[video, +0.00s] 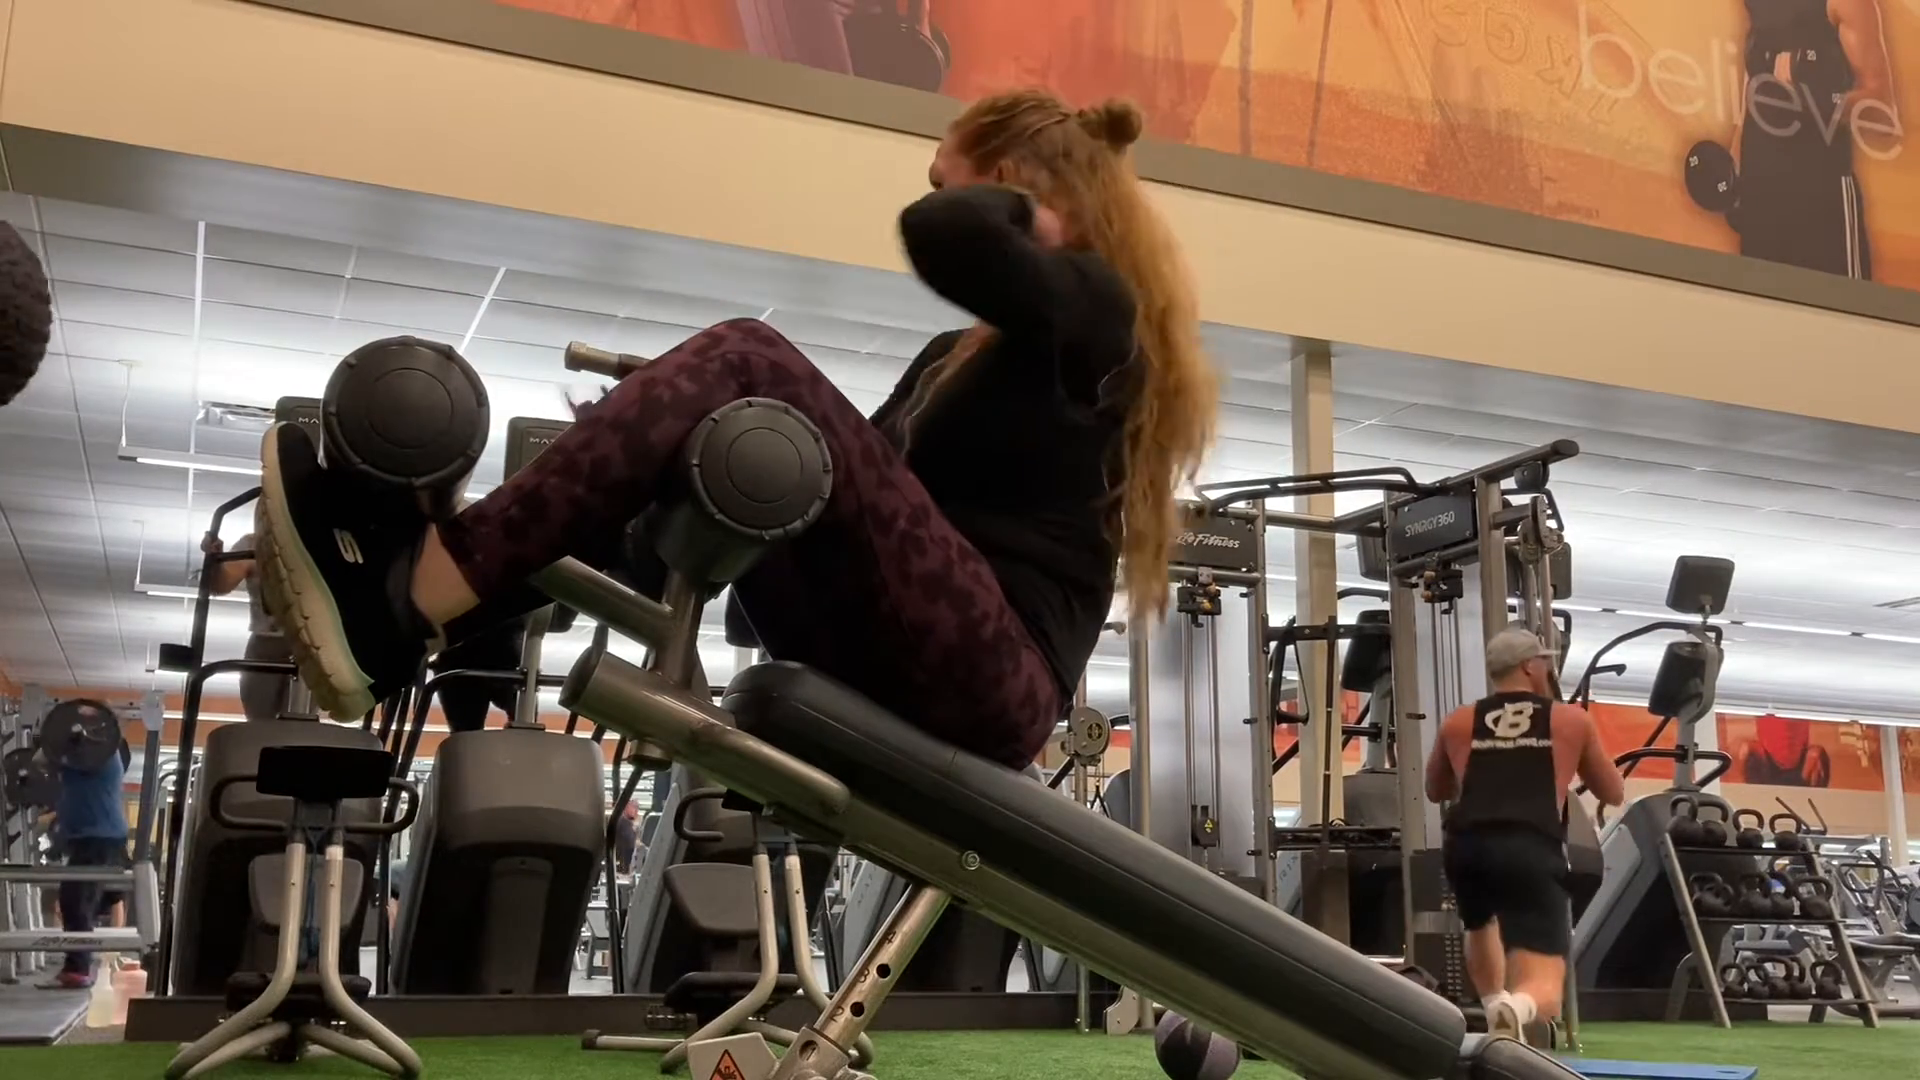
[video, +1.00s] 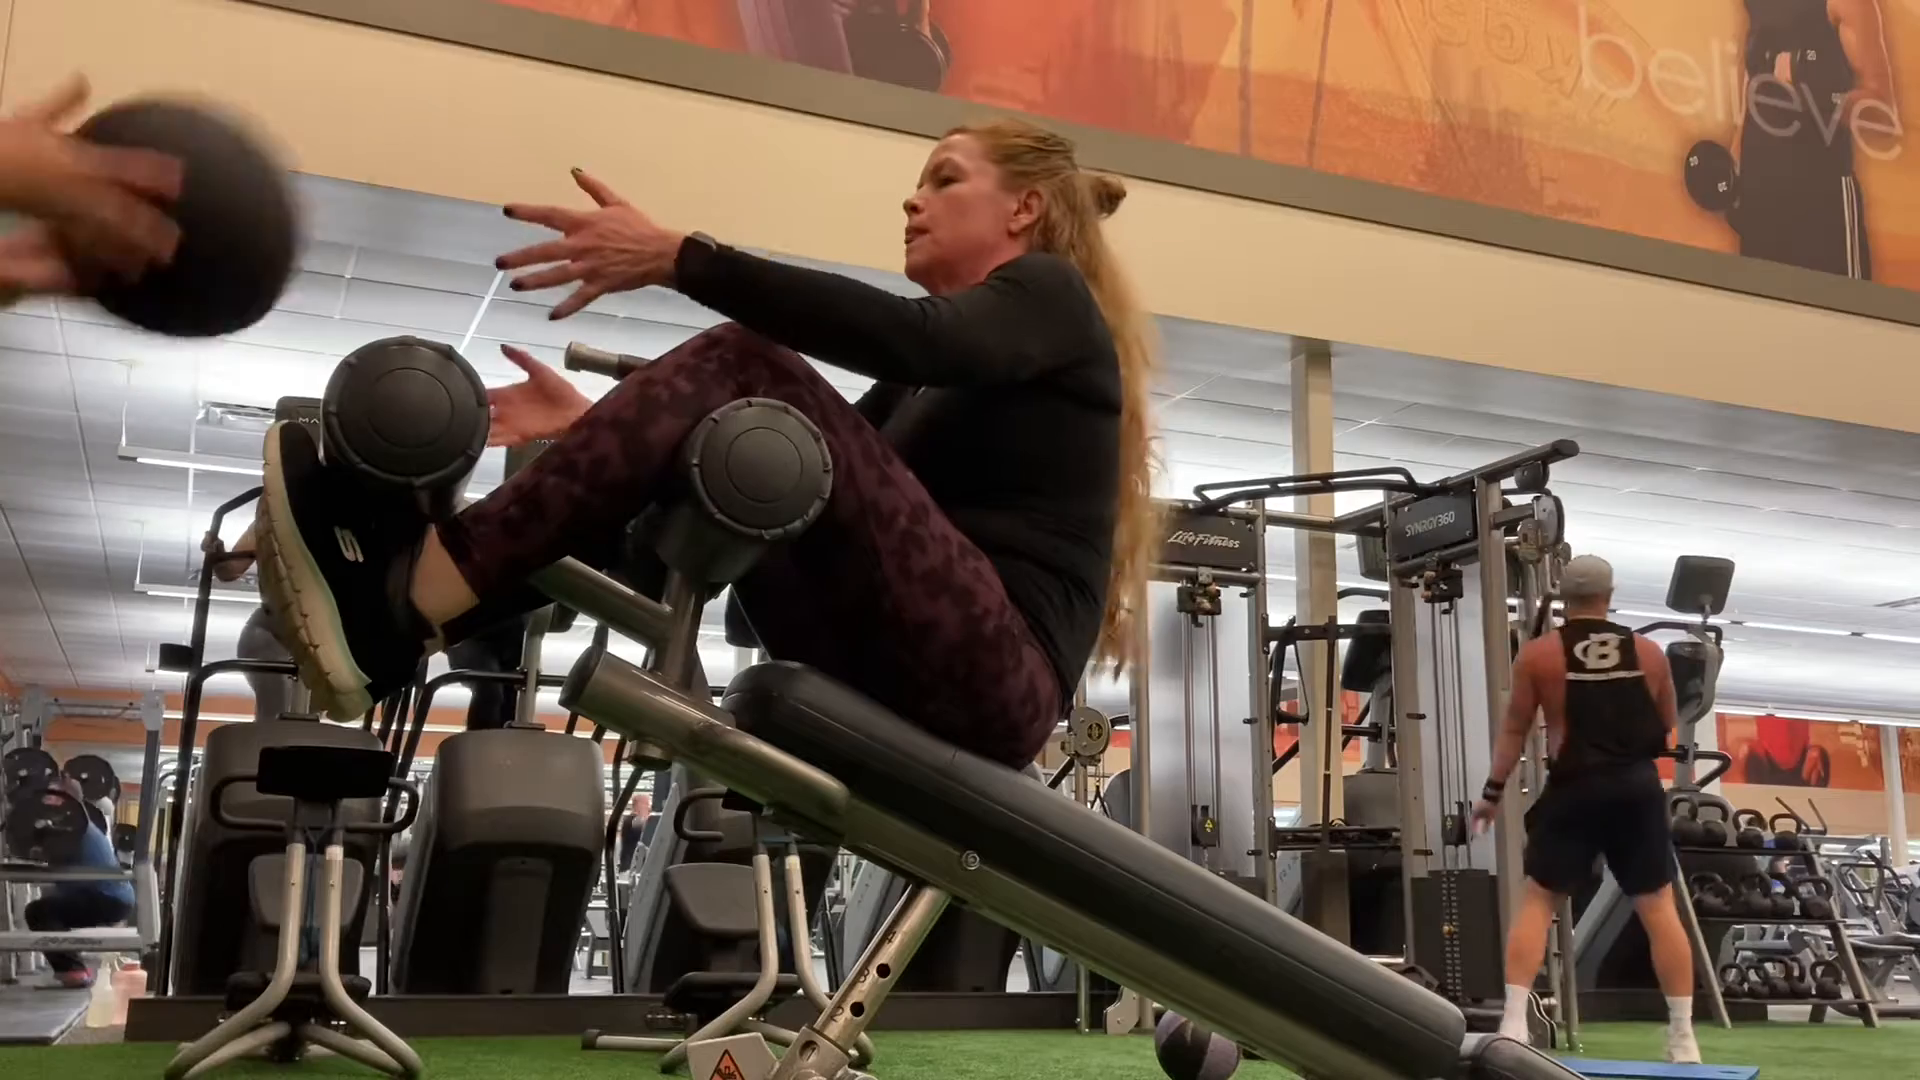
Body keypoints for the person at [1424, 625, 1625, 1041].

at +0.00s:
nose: (1549, 671)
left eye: (1547, 662)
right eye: (1545, 662)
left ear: (1495, 671)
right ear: (1528, 668)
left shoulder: (1458, 722)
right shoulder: (1573, 721)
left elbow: (1437, 789)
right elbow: (1613, 792)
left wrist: (1481, 768)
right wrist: (1582, 764)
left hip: (1467, 848)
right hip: (1531, 849)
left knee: (1478, 922)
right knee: (1542, 986)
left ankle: (1499, 1020)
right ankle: (1509, 1009)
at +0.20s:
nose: (1551, 630)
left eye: (1547, 621)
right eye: (1545, 621)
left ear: (1494, 632)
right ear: (1527, 625)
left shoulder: (1458, 679)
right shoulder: (1563, 670)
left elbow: (1442, 751)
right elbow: (1606, 740)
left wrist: (1487, 727)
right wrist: (1571, 720)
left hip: (1471, 792)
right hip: (1533, 786)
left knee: (1487, 912)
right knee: (1576, 906)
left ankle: (1501, 1029)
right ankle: (1531, 983)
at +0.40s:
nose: (1549, 600)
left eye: (1546, 592)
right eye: (1545, 592)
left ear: (1494, 598)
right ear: (1529, 593)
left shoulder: (1461, 652)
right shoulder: (1555, 634)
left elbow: (1462, 716)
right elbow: (1612, 695)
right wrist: (1583, 659)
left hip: (1480, 779)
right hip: (1542, 769)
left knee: (1497, 904)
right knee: (1645, 843)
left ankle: (1503, 1028)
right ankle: (1596, 954)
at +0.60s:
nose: (1556, 593)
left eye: (1554, 586)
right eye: (1553, 586)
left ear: (1503, 592)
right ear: (1540, 589)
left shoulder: (1469, 651)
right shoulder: (1565, 637)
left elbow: (1467, 717)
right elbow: (1612, 702)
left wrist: (1512, 683)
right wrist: (1599, 665)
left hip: (1500, 786)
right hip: (1563, 779)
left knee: (1505, 905)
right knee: (1636, 878)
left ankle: (1503, 1029)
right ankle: (1723, 983)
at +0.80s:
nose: (1570, 599)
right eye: (1571, 592)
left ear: (1523, 597)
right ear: (1571, 594)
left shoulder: (1493, 652)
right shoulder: (1603, 647)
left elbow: (1472, 720)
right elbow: (1633, 720)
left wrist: (1508, 732)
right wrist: (1599, 692)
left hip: (1530, 789)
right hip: (1598, 785)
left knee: (1516, 908)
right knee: (1645, 893)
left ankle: (1503, 1029)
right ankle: (1691, 1020)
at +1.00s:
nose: (1597, 604)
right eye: (1604, 595)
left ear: (1563, 599)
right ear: (1609, 598)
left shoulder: (1538, 654)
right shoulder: (1649, 652)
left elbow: (1514, 730)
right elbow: (1666, 730)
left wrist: (1491, 794)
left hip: (1570, 795)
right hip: (1639, 794)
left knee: (1538, 900)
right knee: (1660, 911)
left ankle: (1513, 1027)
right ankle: (1683, 1039)